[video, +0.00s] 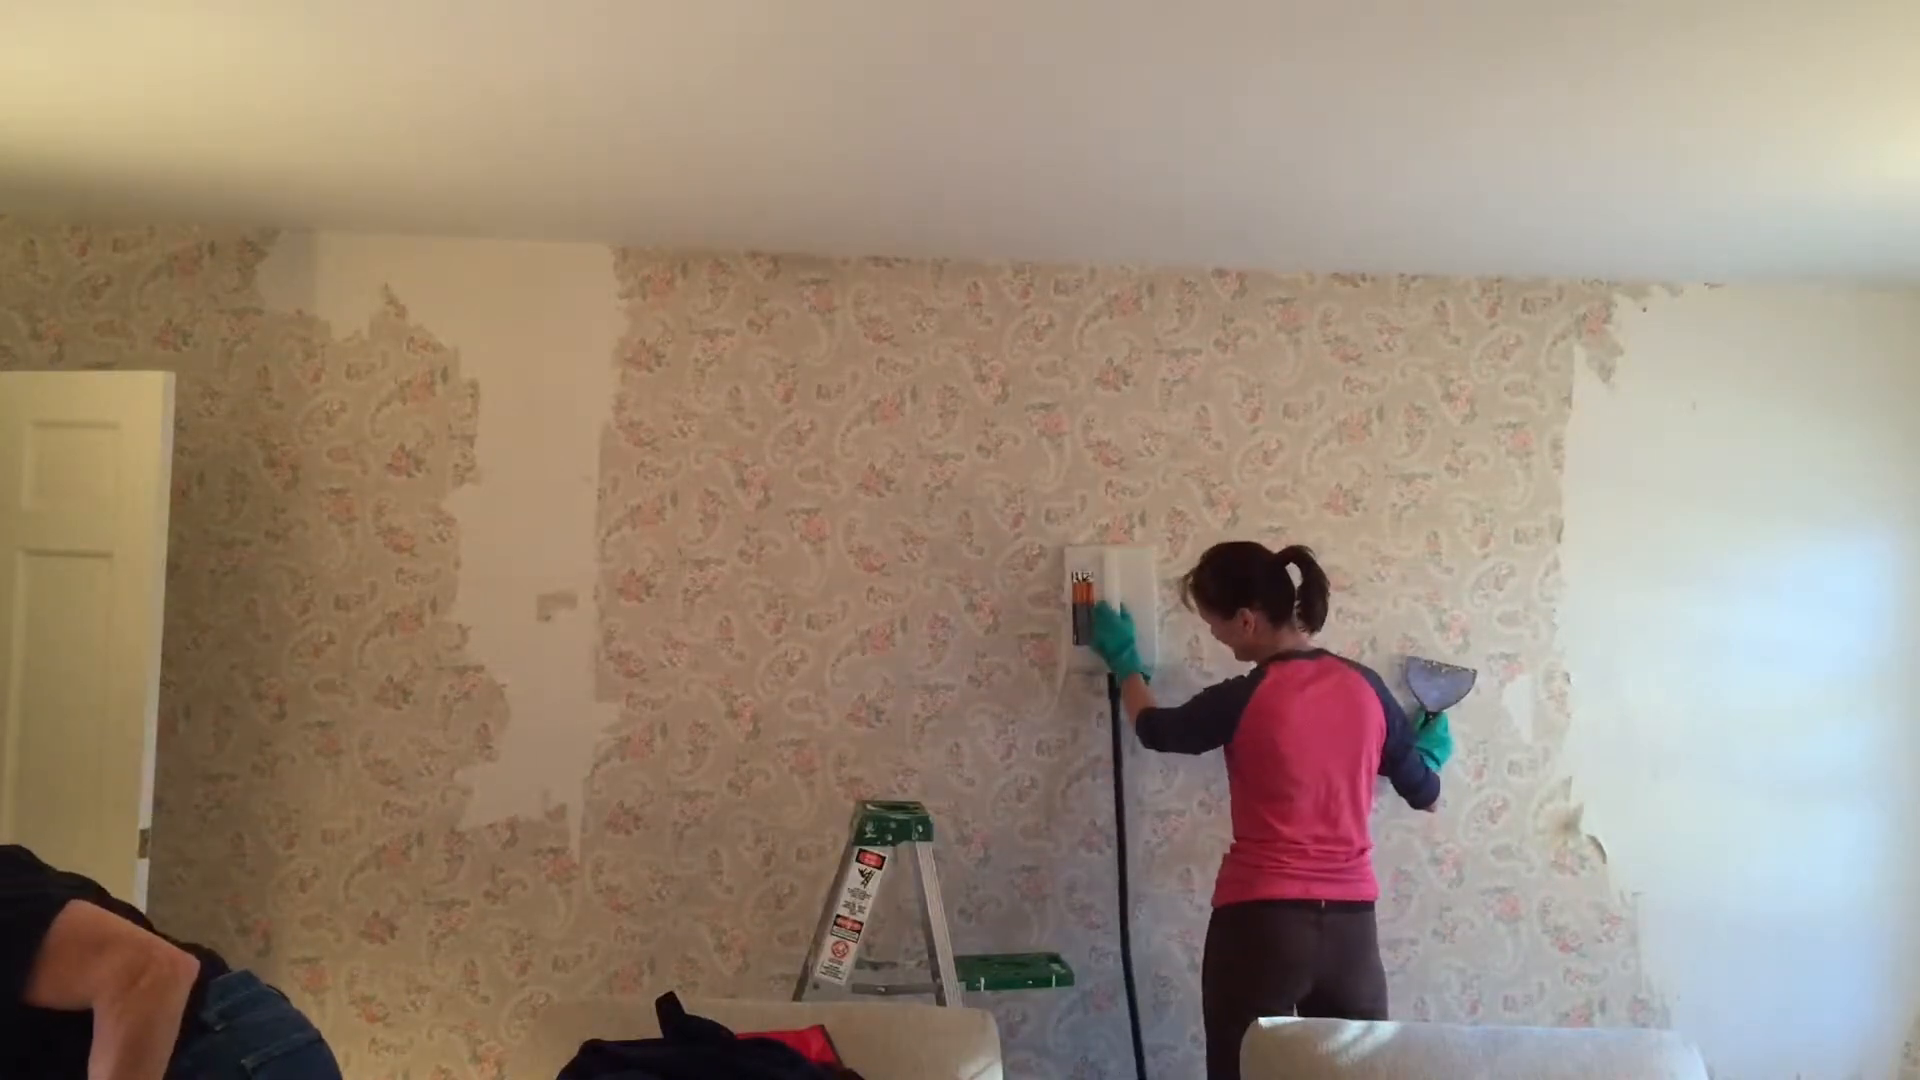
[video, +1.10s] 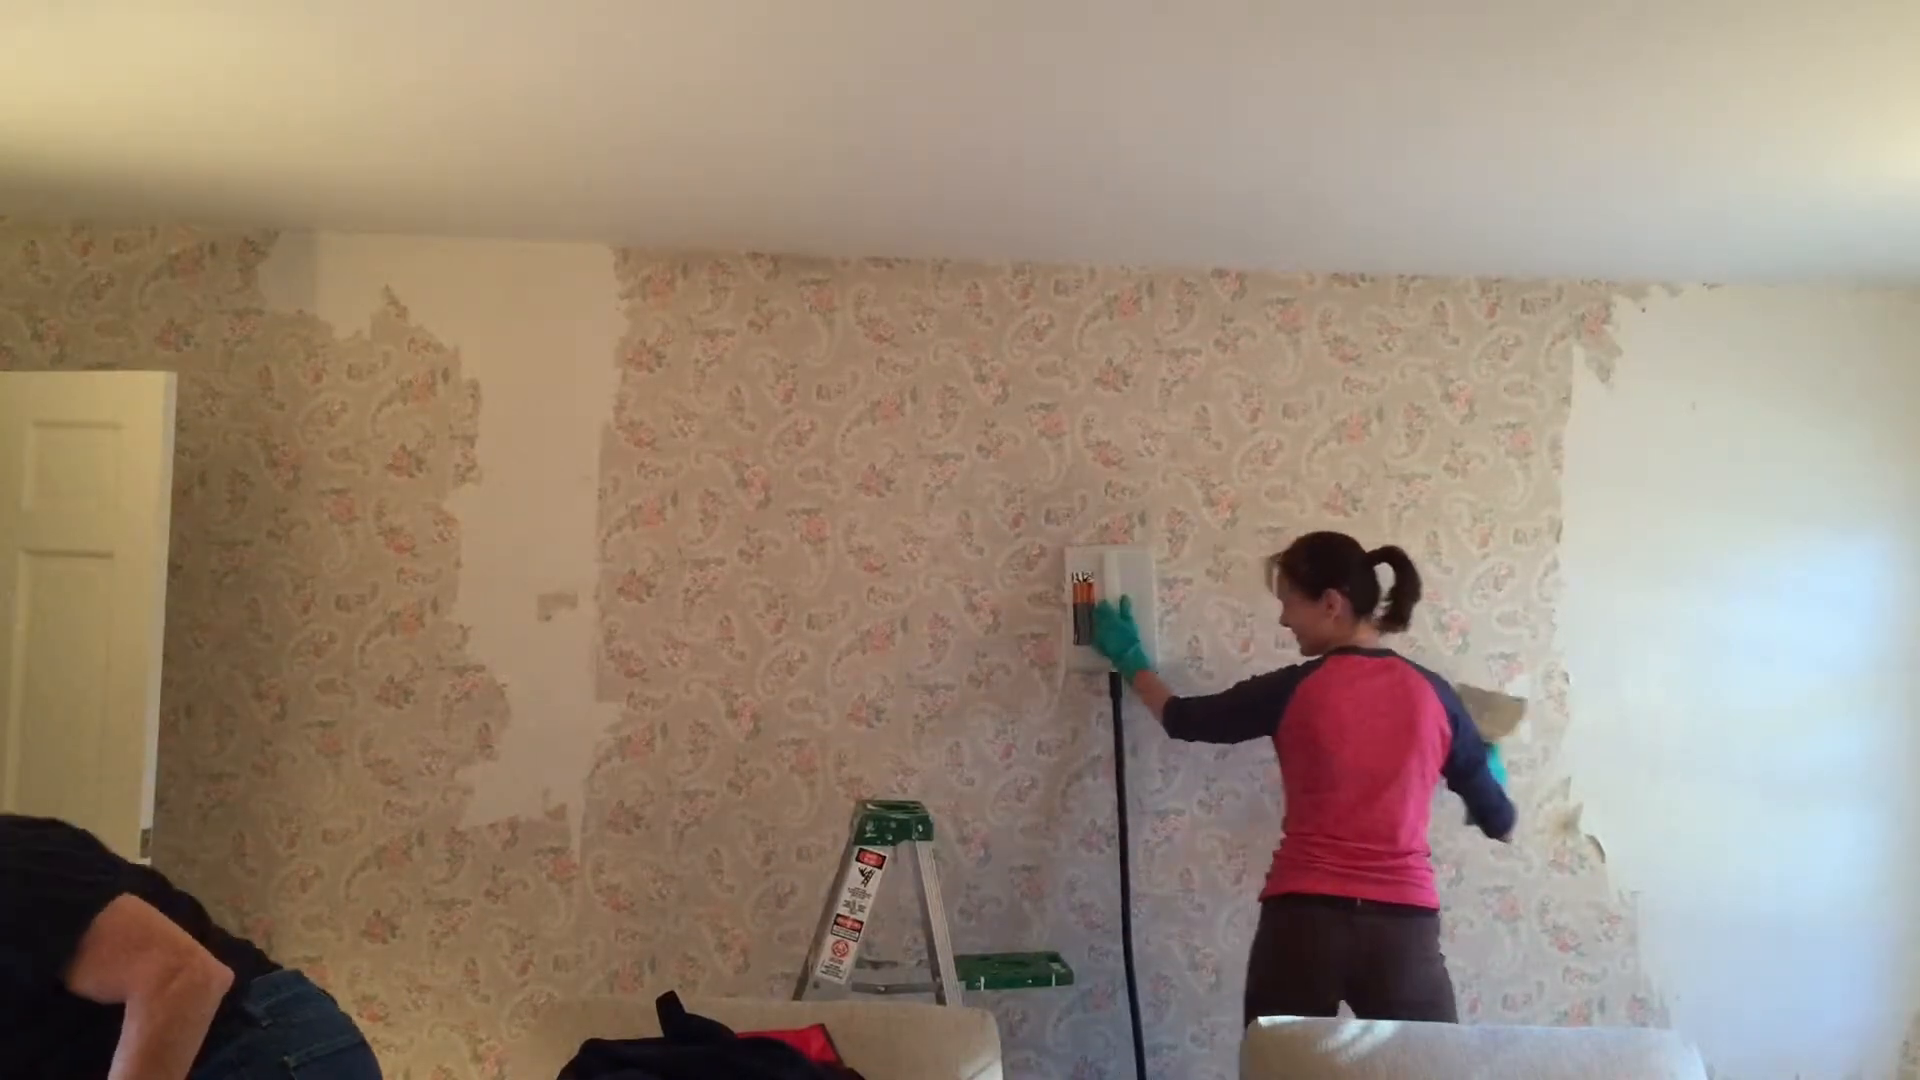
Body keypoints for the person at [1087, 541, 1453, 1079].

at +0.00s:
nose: (1214, 635)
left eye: (1213, 622)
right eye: (1208, 622)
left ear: (1247, 620)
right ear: (1285, 611)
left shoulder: (1245, 696)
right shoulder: (1367, 689)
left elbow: (1154, 729)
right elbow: (1423, 791)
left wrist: (1125, 664)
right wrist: (1432, 752)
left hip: (1259, 932)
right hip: (1351, 933)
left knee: (1240, 1074)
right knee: (1362, 1076)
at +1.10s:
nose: (1282, 618)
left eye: (1289, 601)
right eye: (1282, 601)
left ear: (1332, 604)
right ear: (1339, 604)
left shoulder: (1295, 687)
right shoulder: (1434, 694)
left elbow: (1182, 718)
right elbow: (1500, 820)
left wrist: (1130, 659)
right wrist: (1485, 769)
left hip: (1298, 931)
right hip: (1402, 939)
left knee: (1276, 1067)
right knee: (1431, 1075)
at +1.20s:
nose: (1303, 616)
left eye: (1310, 600)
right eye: (1304, 600)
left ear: (1353, 604)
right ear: (1369, 603)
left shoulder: (1314, 686)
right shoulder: (1458, 693)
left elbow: (1194, 710)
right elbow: (1529, 818)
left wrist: (1128, 655)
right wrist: (1533, 784)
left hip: (1324, 928)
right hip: (1428, 935)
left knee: (1292, 1073)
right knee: (1453, 1076)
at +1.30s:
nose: (1330, 617)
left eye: (1334, 603)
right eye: (1329, 603)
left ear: (1373, 604)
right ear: (1401, 605)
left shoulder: (1336, 687)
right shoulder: (1481, 695)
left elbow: (1211, 706)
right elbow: (1556, 814)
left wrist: (1137, 658)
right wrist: (1578, 797)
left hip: (1357, 933)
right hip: (1461, 938)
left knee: (1319, 1069)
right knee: (1483, 1074)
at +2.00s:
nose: (1387, 597)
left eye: (1389, 585)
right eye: (1394, 582)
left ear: (1395, 597)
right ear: (1464, 600)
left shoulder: (1357, 690)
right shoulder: (1506, 693)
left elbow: (1232, 723)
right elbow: (1576, 808)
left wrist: (1163, 659)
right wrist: (1593, 779)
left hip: (1397, 933)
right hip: (1502, 931)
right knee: (1531, 1079)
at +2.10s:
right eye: (1474, 602)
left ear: (1398, 608)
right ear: (1467, 612)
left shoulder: (1361, 697)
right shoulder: (1509, 699)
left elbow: (1246, 741)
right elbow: (1557, 811)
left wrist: (1196, 670)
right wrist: (1577, 777)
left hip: (1402, 942)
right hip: (1507, 939)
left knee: (1391, 1077)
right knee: (1545, 1077)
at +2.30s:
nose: (1501, 640)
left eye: (1501, 628)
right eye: (1501, 629)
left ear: (1429, 630)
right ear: (1488, 633)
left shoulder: (1382, 712)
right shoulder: (1528, 721)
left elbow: (1285, 767)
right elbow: (1553, 851)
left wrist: (1275, 699)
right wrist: (1566, 802)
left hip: (1411, 971)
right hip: (1519, 970)